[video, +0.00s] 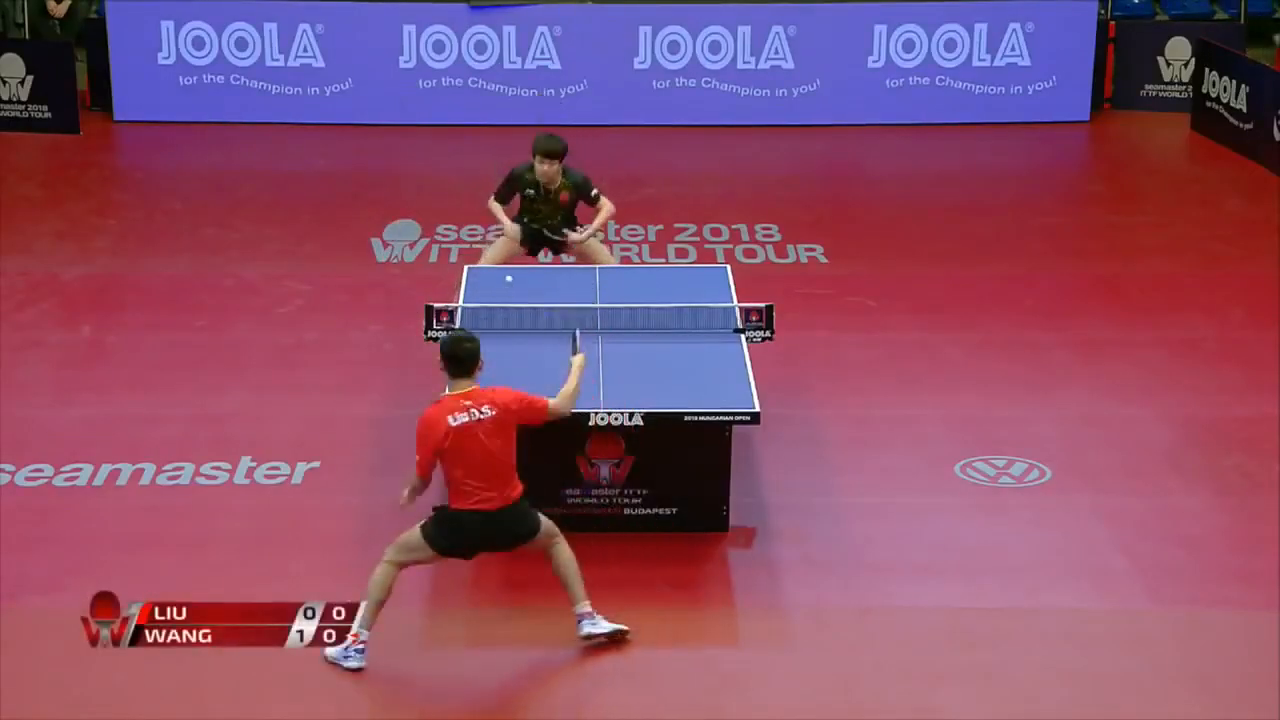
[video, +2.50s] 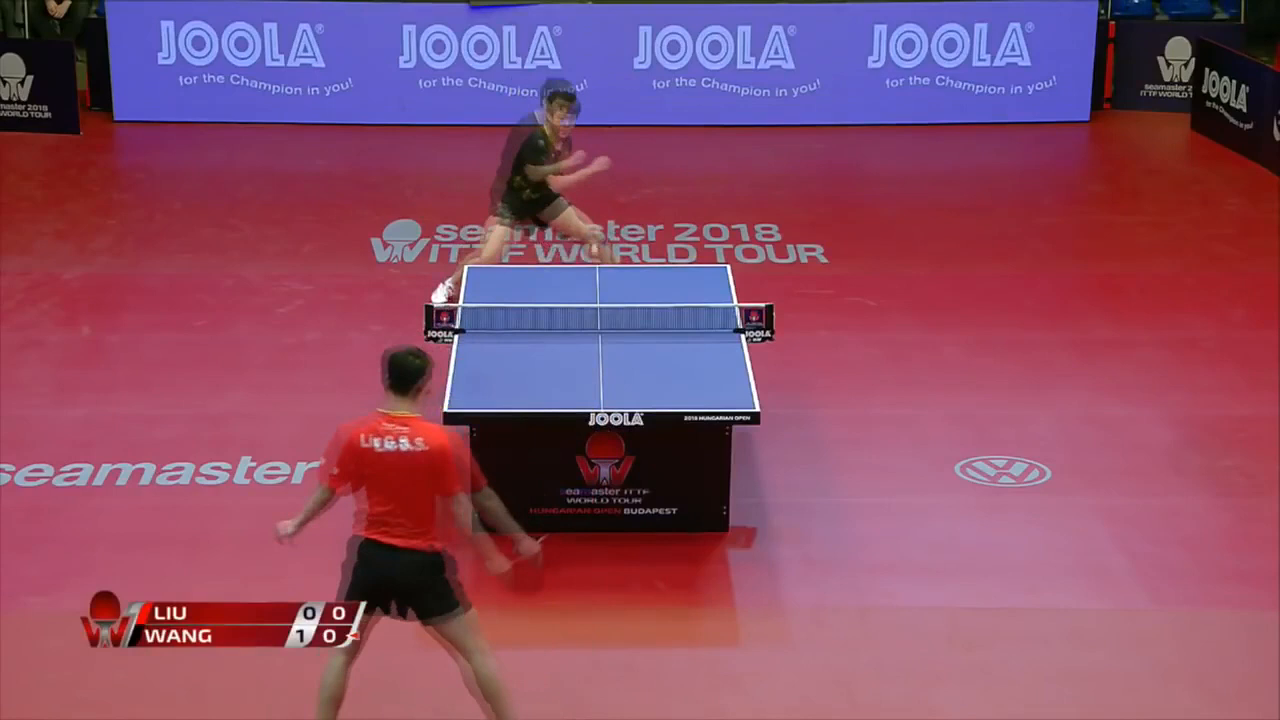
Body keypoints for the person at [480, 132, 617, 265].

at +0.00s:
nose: (544, 169)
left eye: (550, 164)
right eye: (541, 163)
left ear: (560, 164)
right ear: (534, 160)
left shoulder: (575, 181)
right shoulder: (520, 176)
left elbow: (608, 208)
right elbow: (494, 202)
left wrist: (584, 235)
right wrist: (507, 225)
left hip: (565, 232)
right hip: (527, 230)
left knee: (610, 267)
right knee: (485, 263)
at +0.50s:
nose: (511, 123)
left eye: (517, 117)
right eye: (506, 116)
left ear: (525, 119)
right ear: (498, 116)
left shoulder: (537, 140)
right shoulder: (482, 137)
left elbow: (579, 166)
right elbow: (461, 153)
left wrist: (566, 185)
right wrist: (453, 184)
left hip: (530, 206)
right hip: (491, 206)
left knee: (575, 256)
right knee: (455, 258)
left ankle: (596, 316)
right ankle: (434, 317)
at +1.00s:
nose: (567, 165)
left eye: (570, 160)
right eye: (561, 160)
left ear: (575, 157)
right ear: (547, 156)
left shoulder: (582, 170)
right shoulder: (529, 177)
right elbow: (503, 212)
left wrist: (605, 171)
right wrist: (514, 222)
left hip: (573, 239)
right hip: (536, 240)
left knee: (622, 267)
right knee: (488, 264)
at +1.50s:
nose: (576, 132)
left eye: (580, 126)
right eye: (570, 126)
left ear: (587, 129)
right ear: (559, 128)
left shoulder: (587, 158)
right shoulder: (545, 157)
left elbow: (589, 190)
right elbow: (531, 196)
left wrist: (613, 211)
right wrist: (574, 211)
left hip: (563, 219)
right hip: (529, 221)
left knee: (607, 257)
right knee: (494, 268)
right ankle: (453, 301)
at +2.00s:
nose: (496, 134)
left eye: (500, 128)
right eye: (490, 129)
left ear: (508, 127)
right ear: (483, 130)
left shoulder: (521, 147)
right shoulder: (485, 162)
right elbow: (493, 199)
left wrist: (516, 131)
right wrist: (473, 205)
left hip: (544, 220)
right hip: (510, 224)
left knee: (587, 264)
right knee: (463, 254)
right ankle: (455, 307)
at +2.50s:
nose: (564, 116)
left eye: (569, 111)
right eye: (559, 109)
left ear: (573, 113)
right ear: (547, 107)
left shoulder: (564, 139)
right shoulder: (531, 134)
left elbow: (555, 175)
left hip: (541, 195)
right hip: (511, 198)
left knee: (592, 234)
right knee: (490, 255)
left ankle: (616, 289)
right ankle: (450, 287)